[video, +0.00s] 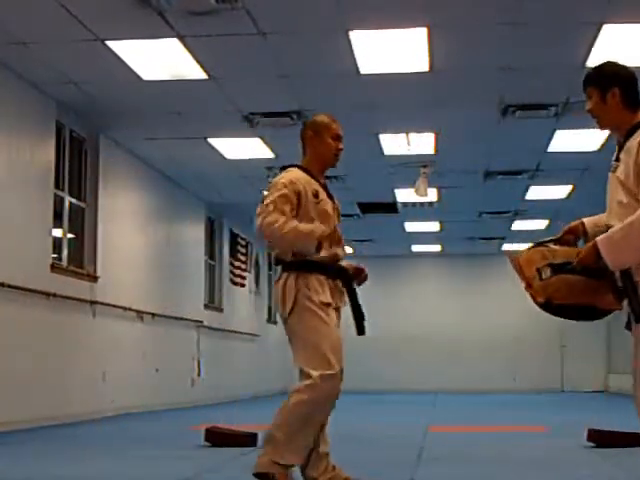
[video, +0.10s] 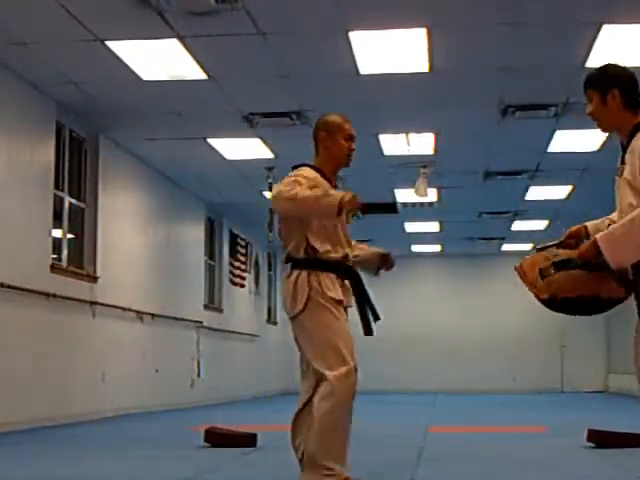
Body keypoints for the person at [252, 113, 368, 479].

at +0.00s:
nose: (340, 147)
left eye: (341, 141)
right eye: (334, 139)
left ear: (325, 145)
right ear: (310, 140)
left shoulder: (322, 192)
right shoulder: (291, 179)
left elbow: (320, 251)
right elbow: (270, 224)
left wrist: (346, 270)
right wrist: (319, 236)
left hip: (327, 289)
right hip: (305, 286)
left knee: (319, 379)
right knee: (325, 376)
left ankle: (317, 467)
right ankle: (272, 463)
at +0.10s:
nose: (353, 148)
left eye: (353, 141)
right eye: (347, 139)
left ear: (335, 143)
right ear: (323, 140)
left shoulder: (331, 192)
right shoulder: (305, 177)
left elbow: (337, 248)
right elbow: (281, 199)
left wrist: (372, 257)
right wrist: (337, 200)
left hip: (329, 287)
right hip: (312, 285)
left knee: (319, 379)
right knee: (340, 371)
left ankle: (310, 460)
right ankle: (323, 468)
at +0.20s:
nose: (362, 148)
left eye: (363, 142)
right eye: (356, 140)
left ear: (349, 145)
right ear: (331, 141)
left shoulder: (345, 196)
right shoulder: (311, 177)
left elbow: (367, 238)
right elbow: (311, 189)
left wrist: (409, 246)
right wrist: (365, 185)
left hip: (339, 290)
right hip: (320, 288)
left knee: (322, 385)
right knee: (345, 383)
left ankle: (316, 469)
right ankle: (374, 470)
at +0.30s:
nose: (370, 149)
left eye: (371, 142)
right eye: (364, 141)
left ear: (352, 145)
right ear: (341, 141)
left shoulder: (356, 196)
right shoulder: (322, 182)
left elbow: (389, 231)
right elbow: (337, 201)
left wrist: (432, 237)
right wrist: (391, 192)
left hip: (347, 291)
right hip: (327, 289)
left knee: (329, 387)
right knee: (355, 386)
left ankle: (317, 468)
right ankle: (396, 470)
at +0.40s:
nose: (382, 150)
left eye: (383, 143)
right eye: (376, 142)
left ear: (363, 144)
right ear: (353, 142)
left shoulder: (364, 193)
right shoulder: (332, 184)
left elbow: (403, 225)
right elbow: (375, 213)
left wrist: (457, 233)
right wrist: (424, 213)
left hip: (358, 291)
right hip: (340, 290)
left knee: (339, 386)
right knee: (364, 388)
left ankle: (318, 467)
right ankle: (393, 471)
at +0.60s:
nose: (412, 178)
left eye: (417, 172)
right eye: (413, 169)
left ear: (410, 165)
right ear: (397, 155)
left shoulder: (390, 188)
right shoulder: (357, 184)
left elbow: (435, 210)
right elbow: (402, 218)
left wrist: (486, 225)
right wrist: (464, 232)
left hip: (378, 289)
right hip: (354, 288)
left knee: (379, 384)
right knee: (369, 386)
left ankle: (332, 464)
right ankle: (390, 472)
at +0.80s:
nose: (430, 185)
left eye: (435, 181)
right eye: (431, 177)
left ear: (432, 168)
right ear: (419, 159)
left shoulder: (415, 188)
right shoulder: (377, 181)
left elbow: (447, 215)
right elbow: (419, 223)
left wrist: (491, 233)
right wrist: (482, 240)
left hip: (394, 288)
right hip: (366, 286)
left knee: (404, 376)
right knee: (373, 379)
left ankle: (385, 463)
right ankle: (385, 469)